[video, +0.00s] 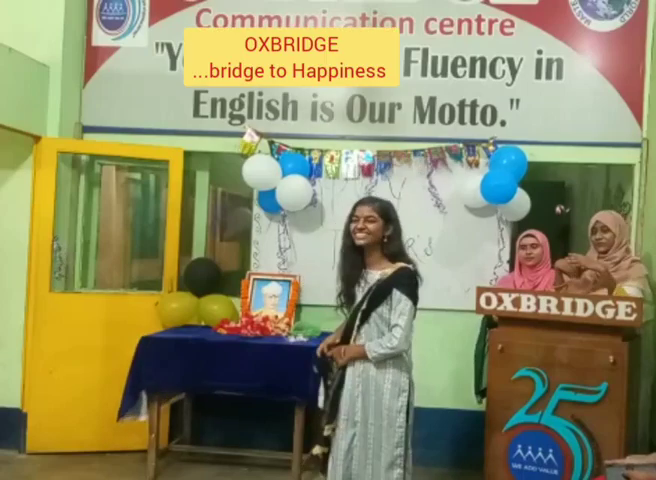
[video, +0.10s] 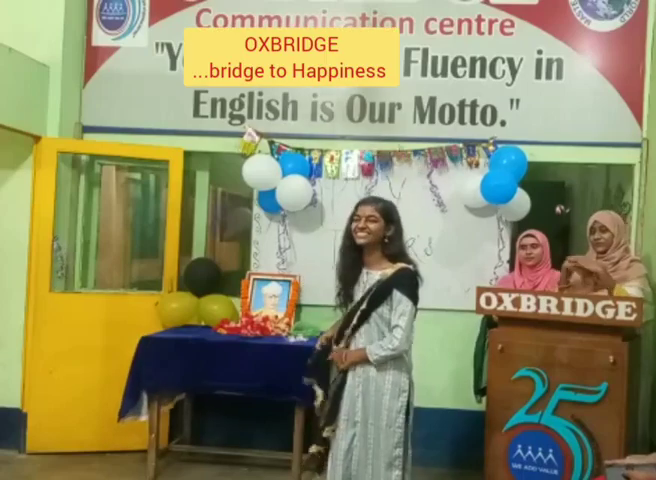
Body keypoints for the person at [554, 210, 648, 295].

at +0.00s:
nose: (598, 237)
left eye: (605, 231)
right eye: (594, 231)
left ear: (619, 233)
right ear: (589, 236)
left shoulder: (634, 268)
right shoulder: (580, 264)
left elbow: (625, 302)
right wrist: (557, 269)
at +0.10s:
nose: (596, 237)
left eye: (603, 231)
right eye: (592, 232)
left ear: (617, 233)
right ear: (588, 236)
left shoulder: (633, 267)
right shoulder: (580, 265)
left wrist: (611, 285)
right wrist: (564, 278)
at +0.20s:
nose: (595, 237)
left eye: (602, 231)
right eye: (591, 232)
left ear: (616, 233)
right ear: (587, 237)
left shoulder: (632, 267)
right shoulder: (581, 265)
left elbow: (637, 303)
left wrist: (610, 285)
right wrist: (566, 277)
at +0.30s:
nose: (593, 239)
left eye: (600, 232)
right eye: (589, 233)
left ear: (615, 234)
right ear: (585, 237)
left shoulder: (632, 267)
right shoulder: (583, 266)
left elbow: (633, 303)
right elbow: (566, 300)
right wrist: (570, 272)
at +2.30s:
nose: (595, 247)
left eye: (601, 239)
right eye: (591, 240)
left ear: (616, 238)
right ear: (587, 242)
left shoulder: (635, 268)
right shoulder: (586, 269)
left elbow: (631, 304)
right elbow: (570, 299)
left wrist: (606, 269)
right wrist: (578, 270)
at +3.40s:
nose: (595, 247)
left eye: (601, 239)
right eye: (591, 240)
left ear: (616, 238)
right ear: (587, 242)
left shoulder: (635, 269)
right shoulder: (586, 268)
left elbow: (633, 304)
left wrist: (606, 269)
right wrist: (577, 273)